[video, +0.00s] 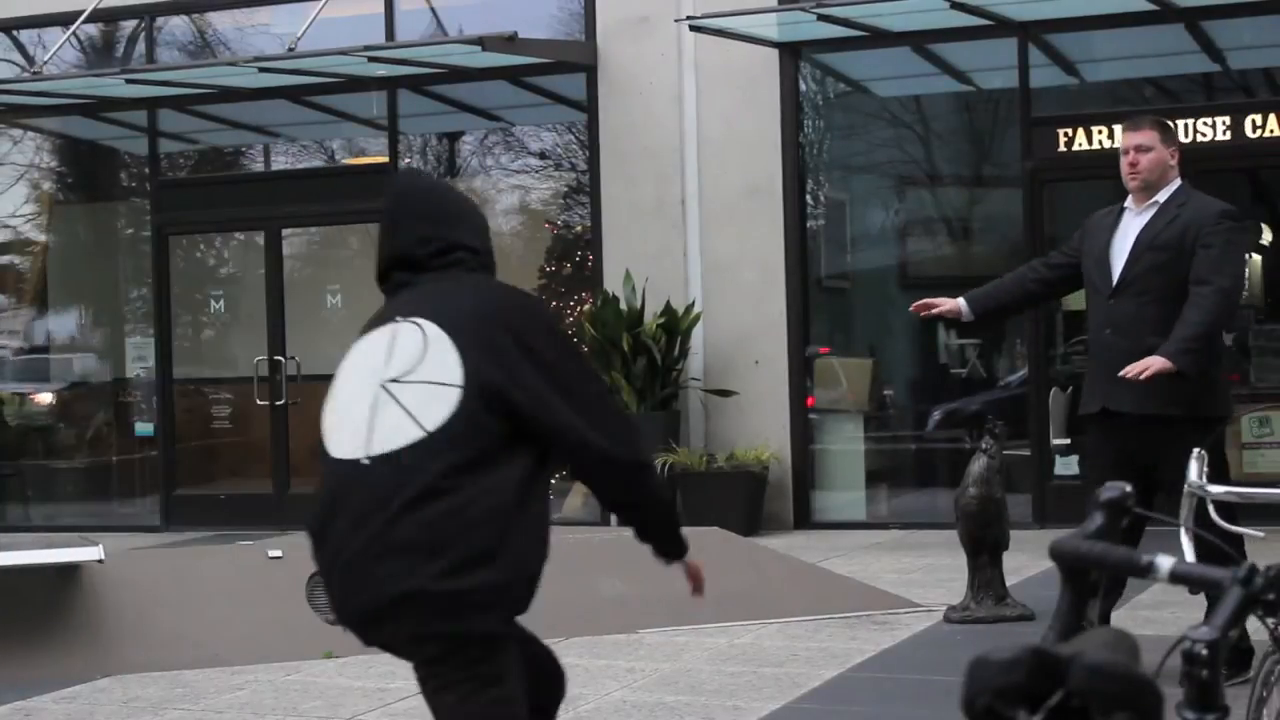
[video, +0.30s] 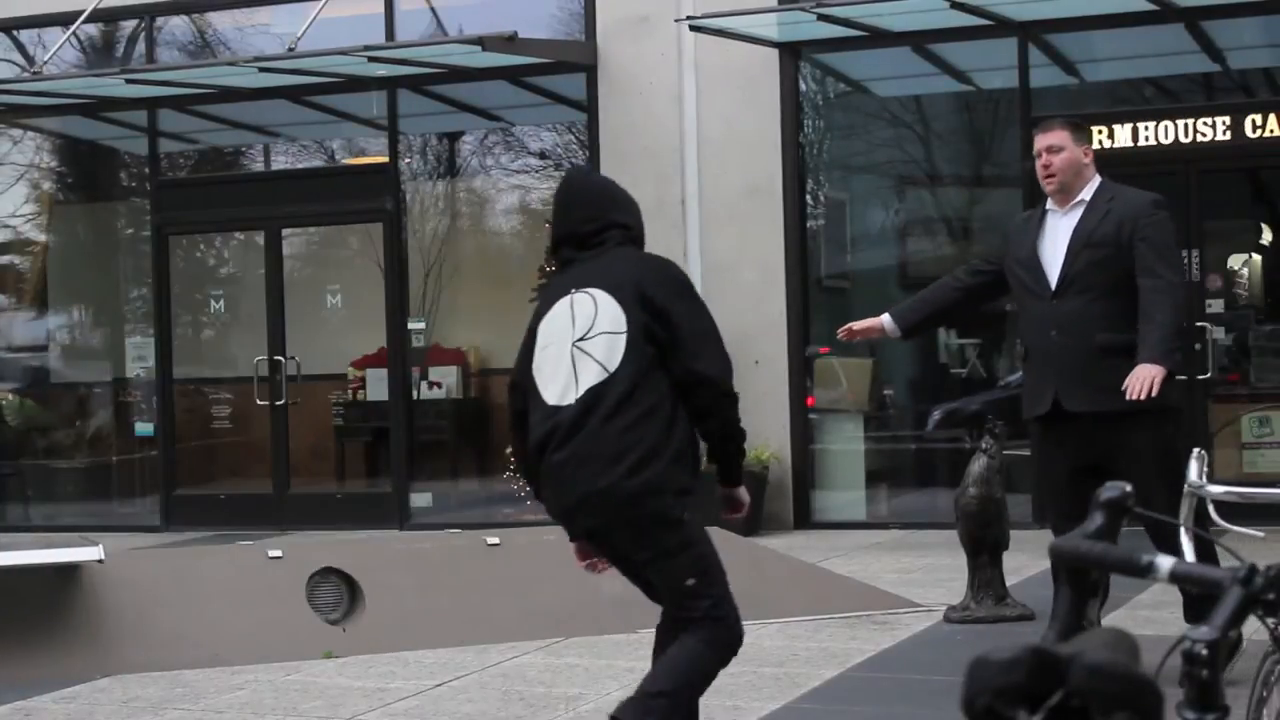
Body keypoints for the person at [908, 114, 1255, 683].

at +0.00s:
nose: (1129, 161)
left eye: (1140, 151)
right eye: (1124, 154)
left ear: (1173, 155)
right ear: (1120, 163)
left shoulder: (1211, 218)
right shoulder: (1101, 225)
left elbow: (1212, 296)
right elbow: (1044, 275)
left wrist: (1174, 354)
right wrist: (967, 306)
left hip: (1181, 402)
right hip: (1108, 404)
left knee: (1207, 521)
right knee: (1111, 524)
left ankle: (1232, 638)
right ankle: (1078, 633)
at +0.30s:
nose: (1044, 162)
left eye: (1054, 151)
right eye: (1037, 155)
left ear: (1087, 154)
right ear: (1033, 166)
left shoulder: (1137, 210)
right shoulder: (1025, 231)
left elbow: (1162, 290)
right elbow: (967, 282)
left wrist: (1154, 358)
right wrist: (890, 321)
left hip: (1131, 395)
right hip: (1054, 403)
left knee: (1166, 517)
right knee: (1067, 525)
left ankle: (1211, 622)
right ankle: (1069, 638)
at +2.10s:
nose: (917, 169)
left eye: (919, 160)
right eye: (922, 160)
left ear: (928, 159)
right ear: (974, 159)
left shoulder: (928, 217)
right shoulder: (1017, 212)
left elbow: (892, 306)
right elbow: (1035, 306)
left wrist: (844, 384)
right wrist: (1031, 378)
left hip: (957, 405)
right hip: (1017, 400)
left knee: (973, 537)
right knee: (1009, 526)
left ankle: (989, 672)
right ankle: (1027, 662)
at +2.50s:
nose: (944, 165)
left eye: (946, 157)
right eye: (948, 156)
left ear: (956, 156)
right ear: (1002, 159)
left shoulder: (950, 218)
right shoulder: (1039, 219)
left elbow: (927, 311)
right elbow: (1046, 316)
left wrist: (908, 393)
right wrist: (1032, 382)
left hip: (961, 404)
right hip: (1025, 404)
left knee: (968, 537)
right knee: (1024, 530)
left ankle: (985, 672)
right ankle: (1027, 666)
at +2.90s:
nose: (951, 165)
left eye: (953, 156)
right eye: (956, 156)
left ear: (962, 155)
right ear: (1010, 161)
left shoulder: (955, 220)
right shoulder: (1045, 222)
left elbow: (926, 312)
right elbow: (1053, 316)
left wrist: (886, 387)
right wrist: (1024, 367)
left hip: (969, 409)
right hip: (1032, 408)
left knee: (979, 538)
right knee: (1028, 532)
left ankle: (987, 673)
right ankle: (1026, 667)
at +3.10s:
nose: (952, 164)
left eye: (954, 155)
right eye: (957, 156)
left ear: (964, 154)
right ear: (1012, 160)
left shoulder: (955, 218)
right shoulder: (1045, 220)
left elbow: (921, 310)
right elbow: (1062, 316)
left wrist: (870, 376)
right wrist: (1021, 348)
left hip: (969, 408)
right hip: (1032, 406)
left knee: (981, 540)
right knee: (1029, 532)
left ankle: (988, 673)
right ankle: (1035, 666)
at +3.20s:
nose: (953, 164)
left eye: (955, 156)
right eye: (957, 156)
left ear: (964, 154)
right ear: (1013, 160)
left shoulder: (955, 218)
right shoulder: (1046, 220)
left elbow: (921, 309)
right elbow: (1063, 315)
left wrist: (869, 375)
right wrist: (1023, 352)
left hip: (970, 408)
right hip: (1033, 406)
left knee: (982, 540)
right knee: (1029, 532)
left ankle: (988, 673)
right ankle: (1035, 666)